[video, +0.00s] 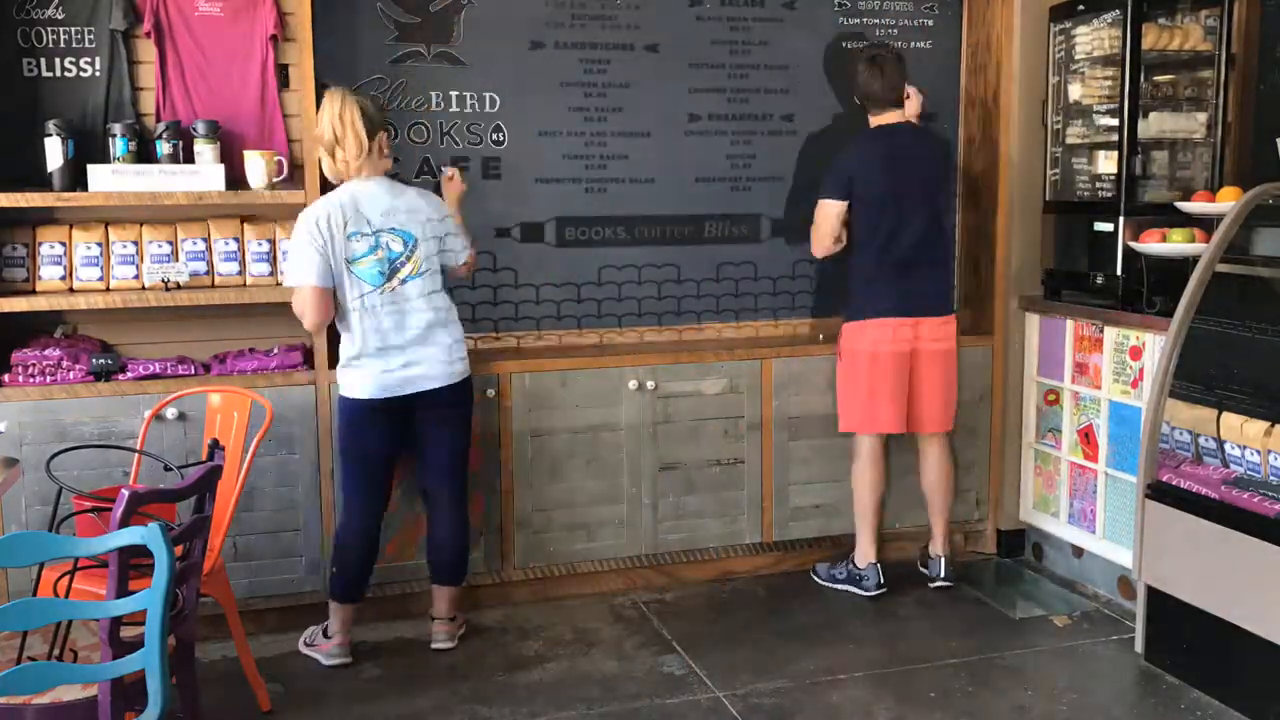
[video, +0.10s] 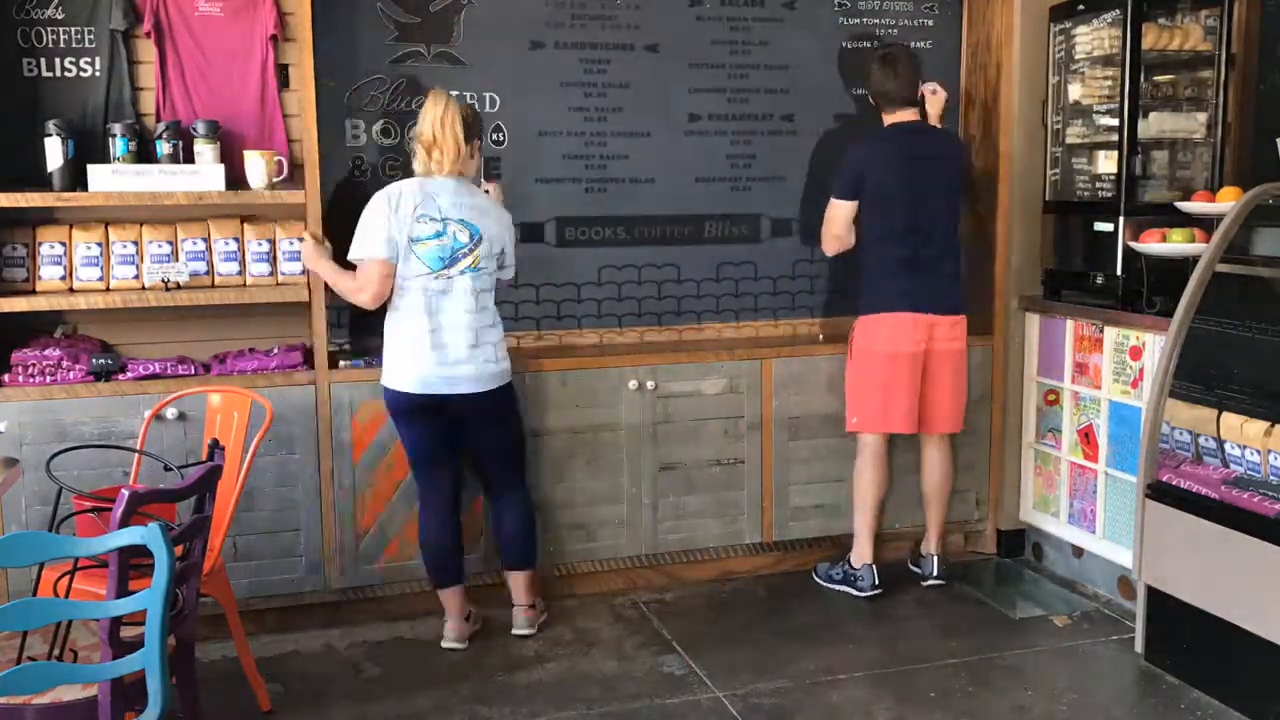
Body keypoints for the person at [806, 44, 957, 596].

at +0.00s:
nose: (908, 92)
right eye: (905, 84)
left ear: (857, 98)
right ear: (906, 92)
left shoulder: (853, 157)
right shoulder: (940, 150)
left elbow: (823, 244)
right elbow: (932, 207)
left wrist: (869, 221)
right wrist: (914, 121)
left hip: (875, 318)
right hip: (936, 315)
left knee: (868, 441)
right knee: (936, 435)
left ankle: (865, 562)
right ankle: (940, 555)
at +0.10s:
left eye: (876, 88)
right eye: (911, 82)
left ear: (871, 97)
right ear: (921, 93)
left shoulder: (864, 152)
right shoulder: (952, 147)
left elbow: (833, 242)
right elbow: (946, 187)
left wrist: (881, 219)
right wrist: (935, 121)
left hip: (887, 313)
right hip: (946, 312)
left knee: (872, 439)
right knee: (937, 436)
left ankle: (861, 563)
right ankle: (932, 555)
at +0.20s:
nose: (871, 94)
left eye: (869, 88)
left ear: (871, 96)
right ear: (921, 90)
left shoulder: (862, 153)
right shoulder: (946, 154)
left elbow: (825, 240)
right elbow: (936, 217)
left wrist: (874, 221)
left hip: (878, 317)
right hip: (937, 316)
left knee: (867, 441)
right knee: (925, 439)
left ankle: (857, 566)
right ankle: (920, 556)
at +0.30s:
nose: (858, 83)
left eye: (866, 70)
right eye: (859, 70)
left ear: (900, 74)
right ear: (914, 76)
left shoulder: (890, 148)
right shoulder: (955, 140)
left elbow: (876, 259)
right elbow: (940, 238)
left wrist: (828, 262)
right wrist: (859, 241)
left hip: (915, 341)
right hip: (954, 334)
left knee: (918, 479)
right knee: (927, 476)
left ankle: (928, 617)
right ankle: (929, 604)